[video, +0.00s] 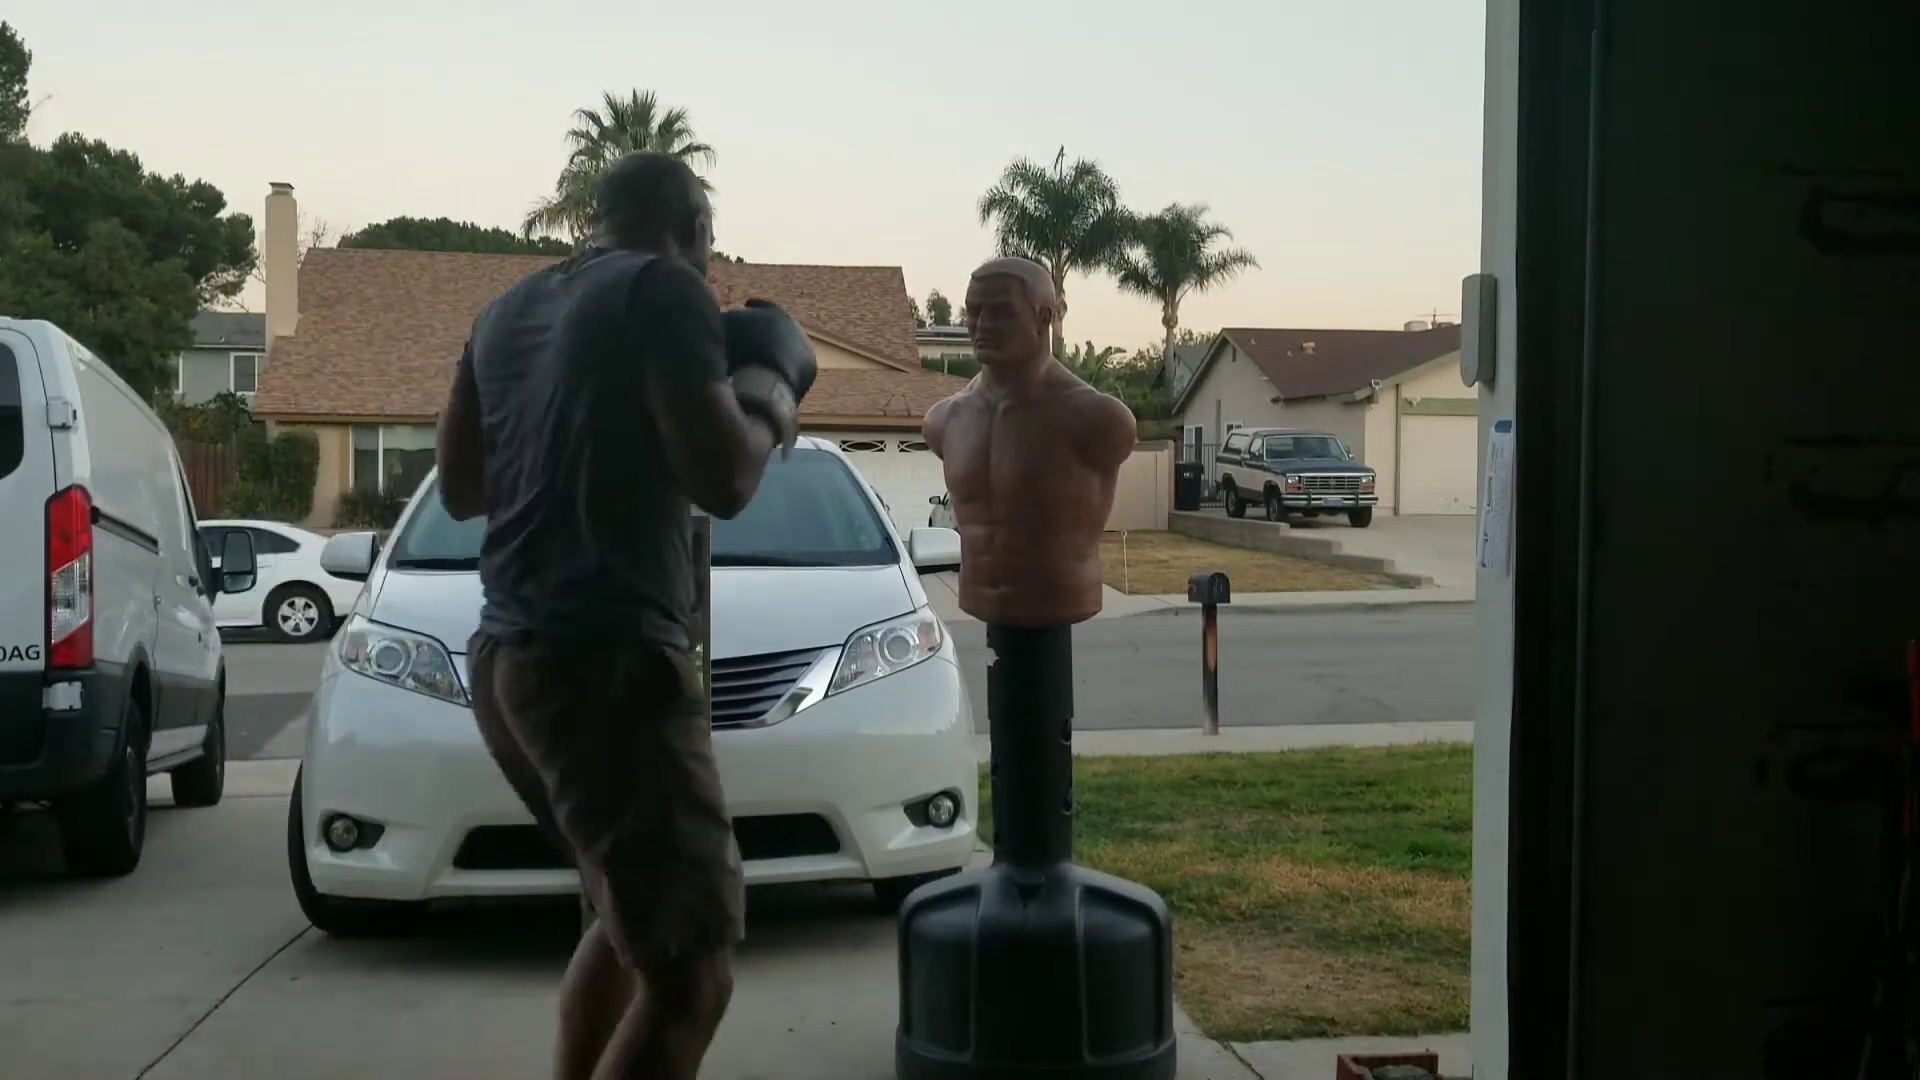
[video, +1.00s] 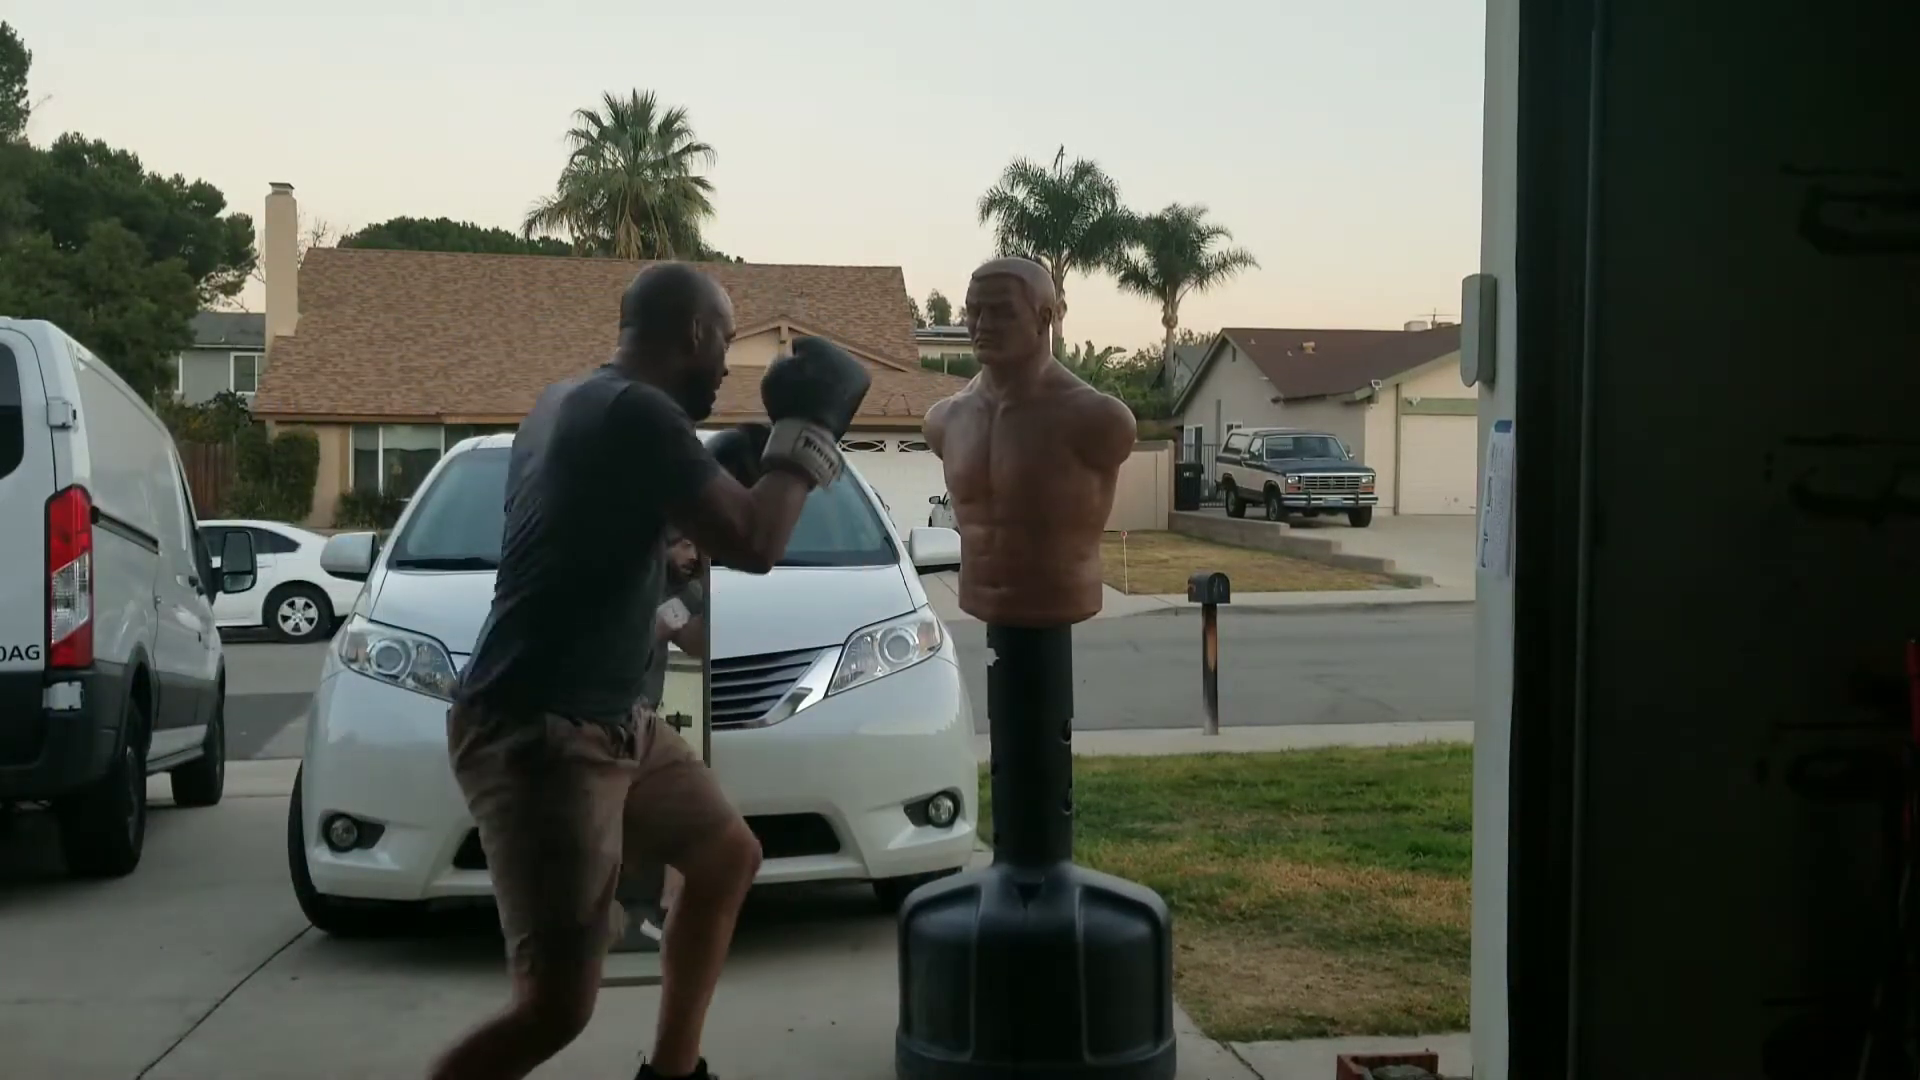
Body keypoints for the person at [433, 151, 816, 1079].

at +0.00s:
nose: (710, 255)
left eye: (711, 240)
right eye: (708, 238)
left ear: (599, 225)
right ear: (686, 229)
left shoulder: (503, 311)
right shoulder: (665, 288)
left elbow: (463, 489)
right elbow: (727, 481)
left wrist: (587, 422)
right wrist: (768, 390)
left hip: (511, 665)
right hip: (612, 665)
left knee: (624, 917)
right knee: (692, 966)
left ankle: (576, 1070)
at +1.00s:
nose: (729, 360)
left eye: (730, 342)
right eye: (725, 340)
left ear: (632, 332)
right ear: (694, 337)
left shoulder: (566, 404)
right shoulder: (637, 413)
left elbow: (603, 537)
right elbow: (756, 540)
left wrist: (728, 458)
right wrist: (811, 428)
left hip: (619, 724)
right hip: (539, 730)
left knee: (725, 855)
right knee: (555, 1007)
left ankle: (674, 1066)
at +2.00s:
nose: (496, 415)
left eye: (501, 400)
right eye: (486, 398)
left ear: (459, 409)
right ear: (437, 397)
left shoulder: (443, 482)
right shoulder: (347, 469)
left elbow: (514, 577)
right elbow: (441, 573)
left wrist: (544, 448)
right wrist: (498, 456)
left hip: (444, 753)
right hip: (351, 760)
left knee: (552, 899)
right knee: (309, 1001)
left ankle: (670, 1036)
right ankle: (166, 1075)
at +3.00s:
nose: (402, 410)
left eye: (406, 393)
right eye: (397, 388)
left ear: (340, 373)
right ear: (353, 373)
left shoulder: (286, 434)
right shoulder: (284, 424)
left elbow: (325, 574)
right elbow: (337, 571)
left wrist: (394, 482)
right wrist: (418, 480)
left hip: (284, 726)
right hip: (204, 730)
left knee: (395, 867)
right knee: (118, 959)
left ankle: (403, 1068)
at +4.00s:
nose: (760, 385)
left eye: (760, 365)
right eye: (755, 363)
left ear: (677, 349)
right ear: (720, 355)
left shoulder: (637, 405)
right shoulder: (653, 405)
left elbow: (670, 560)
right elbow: (704, 576)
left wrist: (742, 480)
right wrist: (779, 487)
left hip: (610, 719)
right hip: (563, 726)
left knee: (713, 889)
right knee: (693, 984)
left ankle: (675, 1062)